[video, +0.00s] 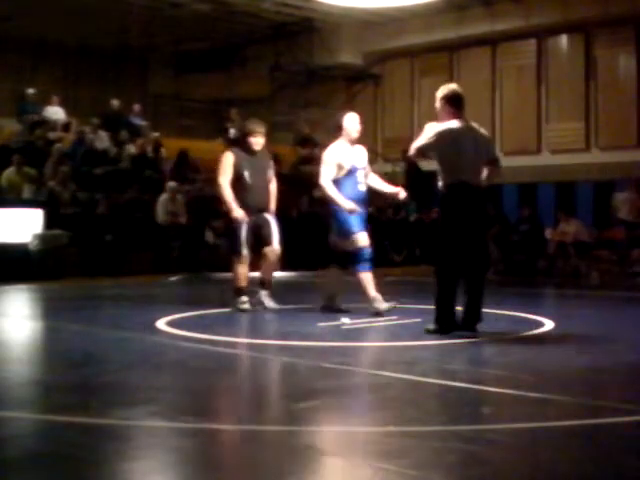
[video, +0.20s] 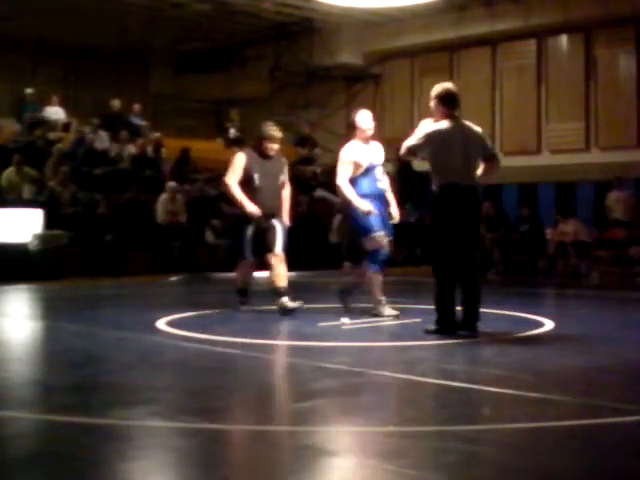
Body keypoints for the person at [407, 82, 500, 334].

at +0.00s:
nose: (436, 111)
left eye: (438, 106)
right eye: (437, 106)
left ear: (445, 107)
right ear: (462, 106)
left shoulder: (438, 131)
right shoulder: (479, 133)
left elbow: (414, 153)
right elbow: (494, 165)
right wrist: (481, 184)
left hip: (449, 198)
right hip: (475, 197)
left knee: (447, 258)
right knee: (475, 259)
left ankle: (444, 319)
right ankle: (471, 319)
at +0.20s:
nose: (429, 108)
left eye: (432, 103)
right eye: (430, 103)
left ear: (440, 106)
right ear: (456, 106)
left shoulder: (432, 131)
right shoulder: (472, 131)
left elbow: (405, 152)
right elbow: (493, 160)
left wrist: (419, 129)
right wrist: (476, 180)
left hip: (443, 197)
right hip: (469, 196)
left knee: (444, 260)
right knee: (470, 259)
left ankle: (445, 320)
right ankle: (470, 321)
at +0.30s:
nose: (426, 109)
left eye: (427, 104)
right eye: (427, 104)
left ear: (433, 106)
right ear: (450, 105)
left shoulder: (427, 132)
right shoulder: (467, 130)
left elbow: (401, 156)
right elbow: (491, 157)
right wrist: (475, 179)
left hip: (439, 197)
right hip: (466, 196)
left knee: (443, 261)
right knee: (466, 259)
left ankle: (445, 321)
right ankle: (469, 321)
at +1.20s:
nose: (404, 118)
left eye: (405, 114)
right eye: (405, 114)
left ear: (411, 113)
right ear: (430, 112)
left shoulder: (408, 136)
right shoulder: (447, 136)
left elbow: (397, 173)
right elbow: (465, 172)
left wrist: (394, 202)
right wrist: (484, 201)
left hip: (422, 202)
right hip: (451, 201)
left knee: (421, 259)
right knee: (435, 256)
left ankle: (436, 315)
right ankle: (437, 311)